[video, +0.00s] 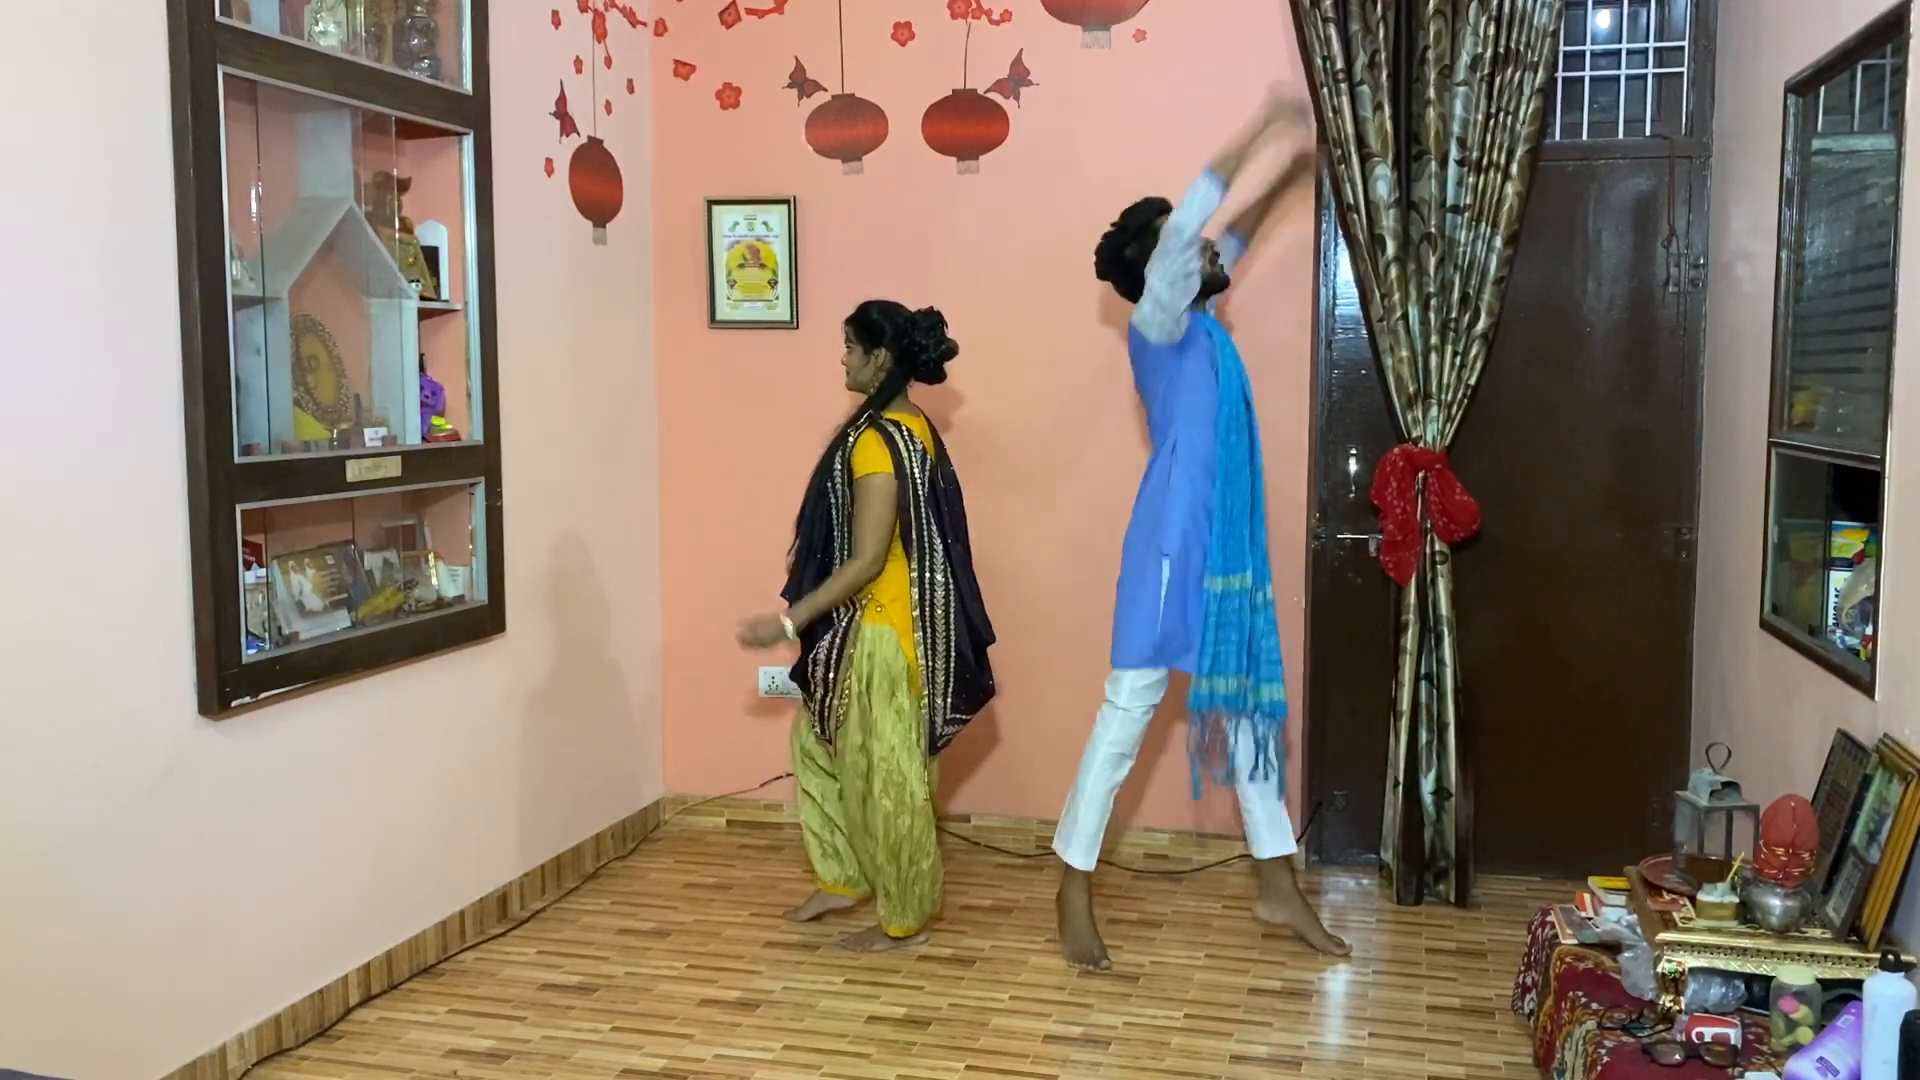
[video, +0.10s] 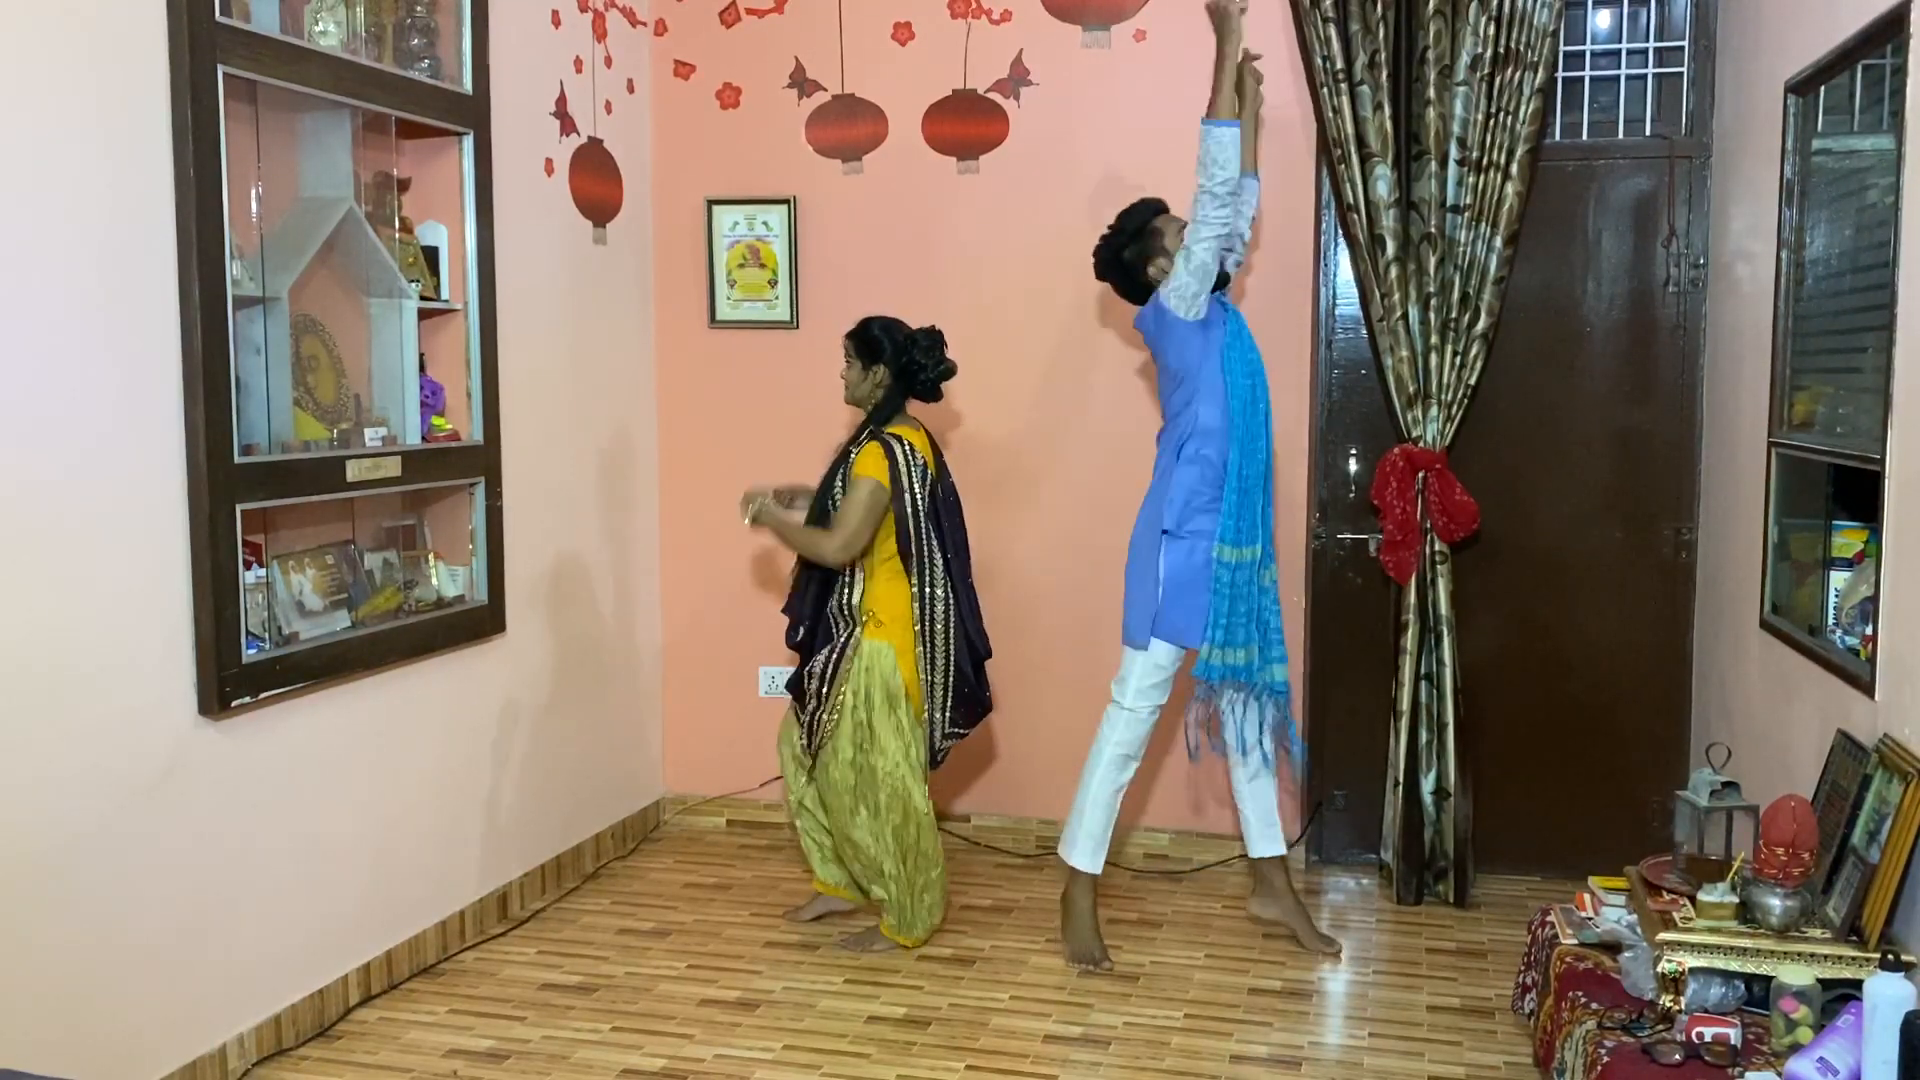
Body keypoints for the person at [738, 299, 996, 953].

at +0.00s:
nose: (842, 359)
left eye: (850, 349)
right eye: (845, 348)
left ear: (880, 357)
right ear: (888, 358)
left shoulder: (877, 439)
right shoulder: (908, 426)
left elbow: (867, 558)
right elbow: (892, 552)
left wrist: (788, 618)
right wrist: (811, 614)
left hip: (880, 630)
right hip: (885, 623)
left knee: (889, 772)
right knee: (818, 745)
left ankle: (907, 915)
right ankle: (845, 880)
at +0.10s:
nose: (842, 374)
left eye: (849, 364)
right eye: (844, 363)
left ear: (878, 373)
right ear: (886, 374)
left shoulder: (884, 451)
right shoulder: (904, 437)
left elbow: (839, 548)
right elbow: (865, 511)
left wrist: (775, 519)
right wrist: (805, 499)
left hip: (883, 638)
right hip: (877, 629)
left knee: (883, 775)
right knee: (801, 742)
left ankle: (907, 917)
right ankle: (842, 884)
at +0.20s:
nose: (844, 371)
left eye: (852, 361)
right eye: (848, 360)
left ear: (880, 369)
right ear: (891, 372)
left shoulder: (890, 436)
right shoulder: (886, 432)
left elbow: (783, 423)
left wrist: (822, 408)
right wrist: (834, 414)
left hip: (879, 633)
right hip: (847, 628)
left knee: (879, 776)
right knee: (809, 763)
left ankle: (909, 916)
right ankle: (844, 890)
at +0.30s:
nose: (840, 333)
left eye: (848, 322)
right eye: (842, 323)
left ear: (873, 332)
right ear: (895, 335)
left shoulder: (874, 390)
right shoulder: (905, 400)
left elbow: (810, 313)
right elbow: (882, 317)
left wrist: (761, 257)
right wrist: (843, 266)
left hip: (865, 601)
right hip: (849, 598)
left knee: (882, 752)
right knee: (825, 739)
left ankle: (903, 908)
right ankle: (837, 868)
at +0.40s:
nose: (826, 307)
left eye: (837, 296)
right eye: (828, 296)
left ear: (861, 308)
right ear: (881, 309)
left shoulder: (866, 365)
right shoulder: (879, 371)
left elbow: (811, 274)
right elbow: (868, 280)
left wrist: (756, 177)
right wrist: (882, 198)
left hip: (870, 576)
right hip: (843, 573)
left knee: (879, 727)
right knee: (831, 718)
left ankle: (905, 887)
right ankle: (838, 846)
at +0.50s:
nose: (827, 330)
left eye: (835, 320)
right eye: (829, 320)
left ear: (864, 332)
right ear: (883, 334)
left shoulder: (868, 388)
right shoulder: (892, 382)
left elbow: (820, 342)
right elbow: (886, 306)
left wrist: (774, 278)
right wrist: (878, 229)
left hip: (871, 591)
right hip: (848, 586)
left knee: (879, 742)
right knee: (822, 723)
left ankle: (918, 895)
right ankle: (810, 855)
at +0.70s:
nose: (814, 375)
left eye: (822, 364)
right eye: (817, 363)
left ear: (849, 373)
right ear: (861, 375)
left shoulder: (851, 432)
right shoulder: (859, 434)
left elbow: (764, 448)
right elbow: (837, 521)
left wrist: (674, 400)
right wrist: (774, 516)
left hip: (847, 625)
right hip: (824, 623)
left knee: (859, 764)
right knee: (785, 747)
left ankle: (924, 909)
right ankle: (793, 885)